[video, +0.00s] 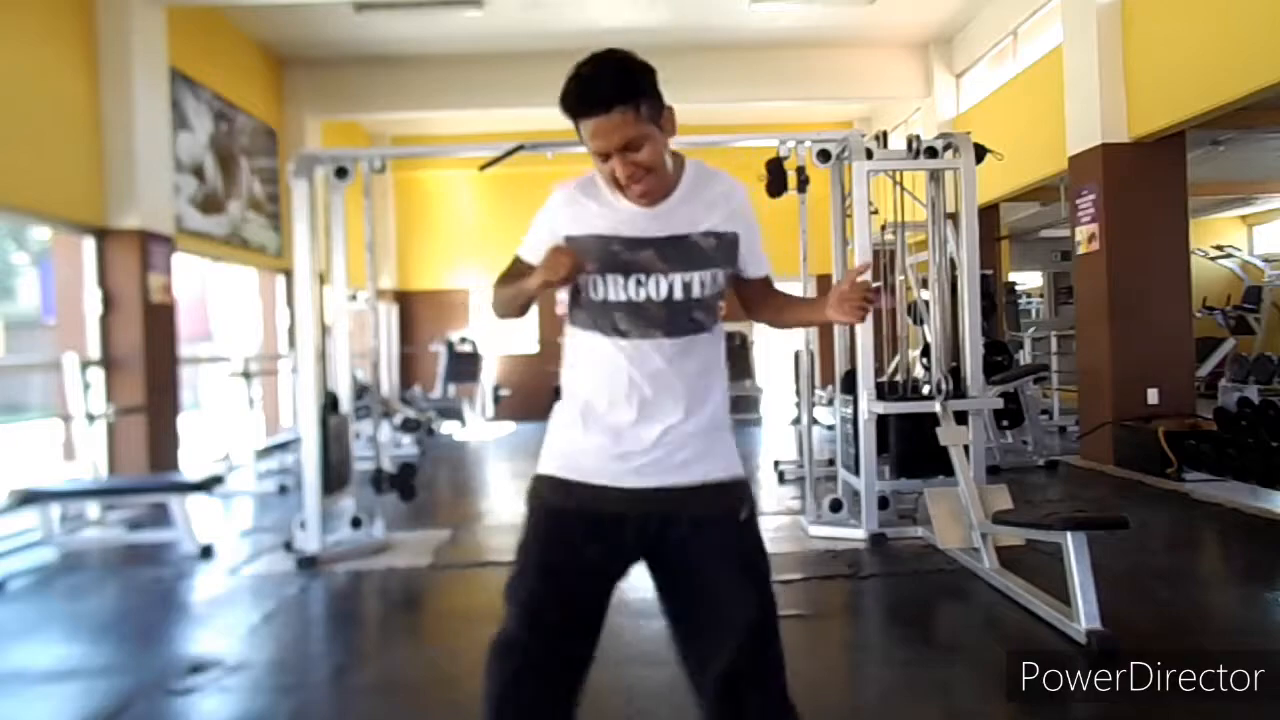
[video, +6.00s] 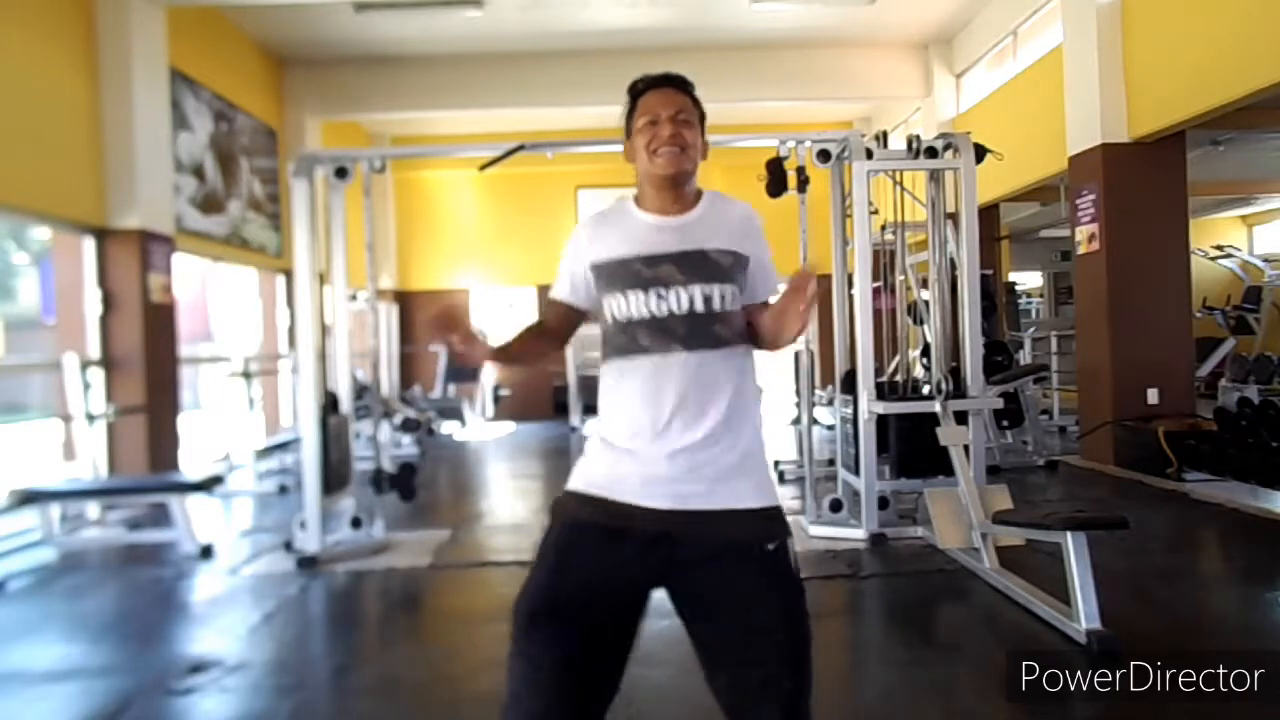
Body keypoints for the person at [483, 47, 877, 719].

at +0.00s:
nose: (625, 168)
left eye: (635, 146)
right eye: (606, 157)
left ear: (666, 119)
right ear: (585, 146)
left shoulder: (724, 197)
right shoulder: (569, 205)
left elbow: (758, 299)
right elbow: (502, 302)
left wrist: (824, 306)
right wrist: (540, 278)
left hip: (700, 480)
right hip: (581, 479)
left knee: (745, 679)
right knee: (526, 673)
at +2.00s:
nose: (633, 194)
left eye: (645, 184)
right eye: (621, 184)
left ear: (659, 196)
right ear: (602, 194)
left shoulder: (683, 267)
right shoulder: (569, 261)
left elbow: (718, 336)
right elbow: (523, 325)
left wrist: (751, 363)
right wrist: (517, 362)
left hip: (660, 449)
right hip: (575, 455)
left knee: (720, 567)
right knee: (549, 589)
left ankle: (730, 670)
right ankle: (515, 689)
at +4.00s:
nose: (610, 216)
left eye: (618, 199)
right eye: (600, 204)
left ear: (659, 179)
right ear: (592, 199)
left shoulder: (724, 250)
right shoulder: (590, 264)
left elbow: (775, 332)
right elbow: (540, 353)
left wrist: (778, 377)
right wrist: (472, 411)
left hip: (700, 486)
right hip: (597, 490)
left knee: (775, 648)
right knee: (561, 672)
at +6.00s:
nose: (668, 132)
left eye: (683, 120)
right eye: (651, 123)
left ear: (704, 142)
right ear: (630, 148)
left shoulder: (738, 223)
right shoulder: (595, 235)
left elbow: (762, 328)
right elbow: (552, 334)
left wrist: (783, 324)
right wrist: (490, 352)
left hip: (731, 497)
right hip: (611, 494)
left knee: (774, 696)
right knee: (546, 686)